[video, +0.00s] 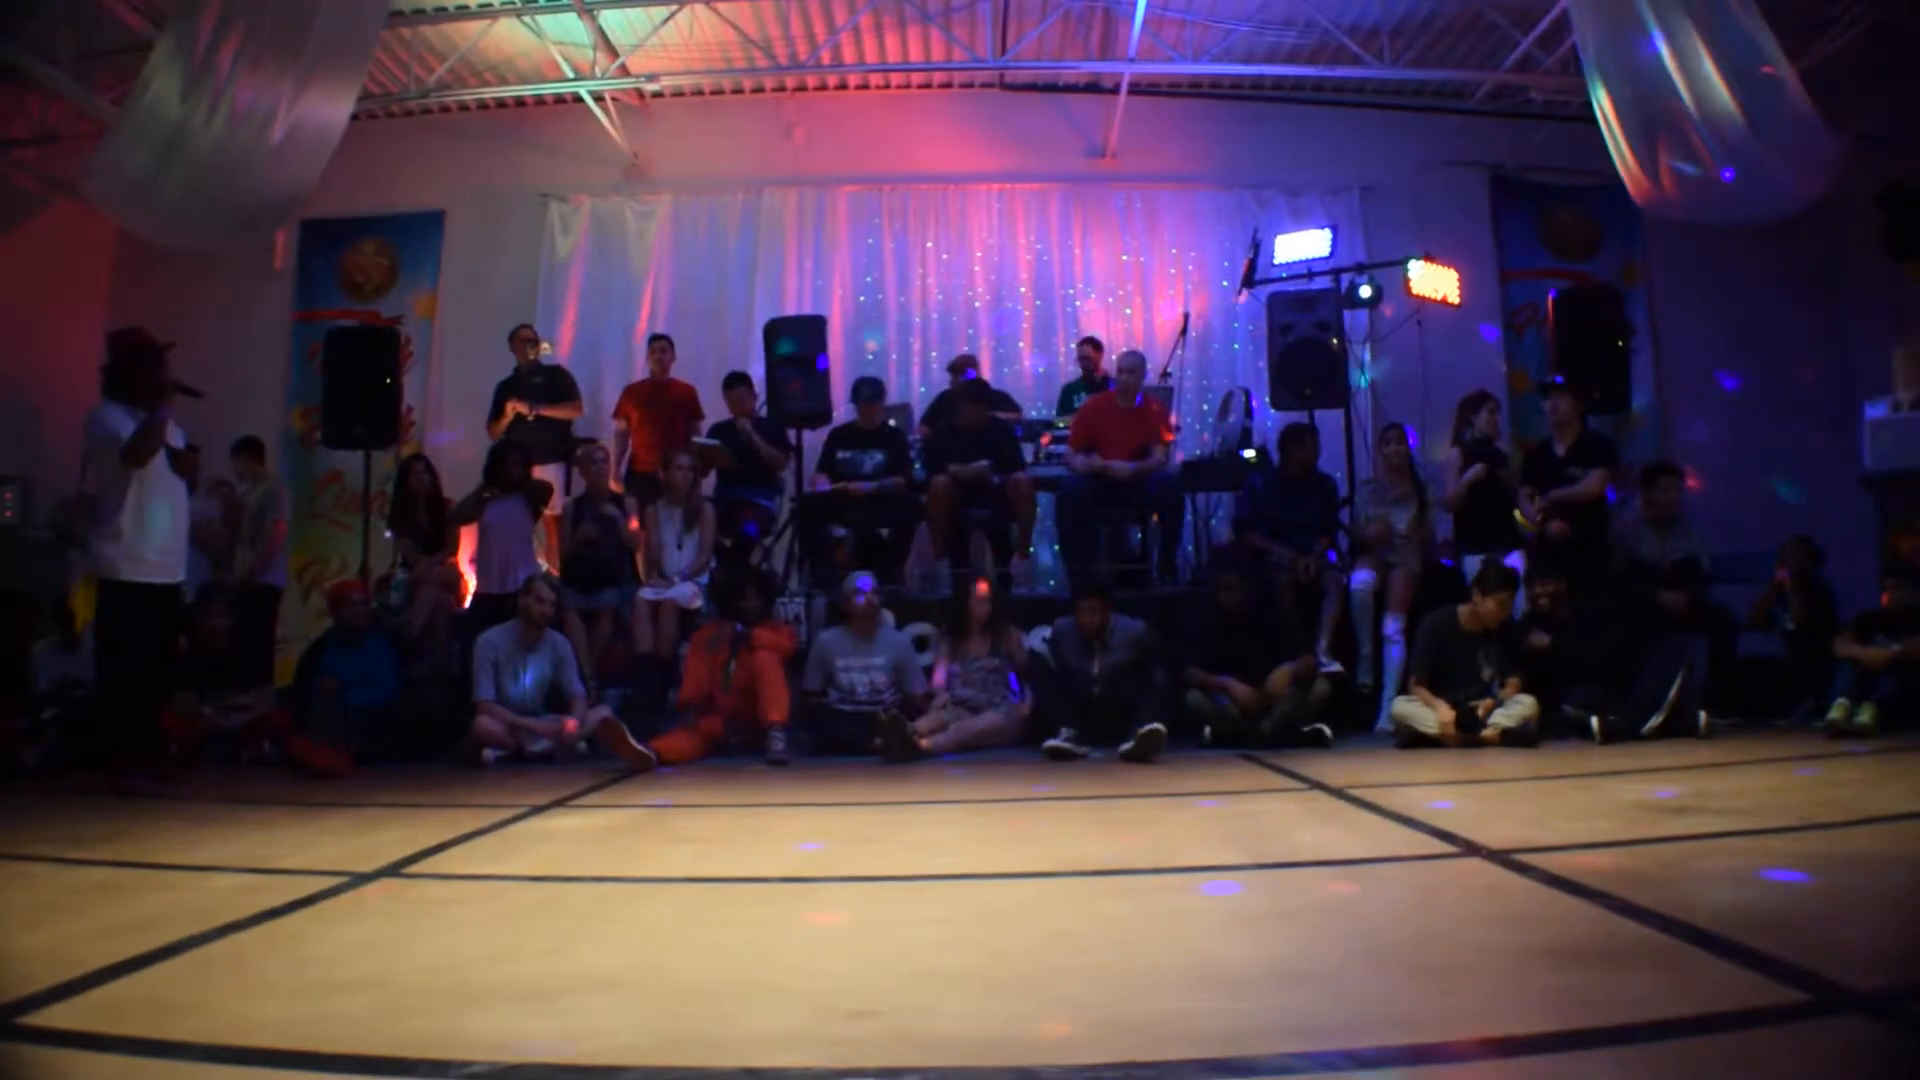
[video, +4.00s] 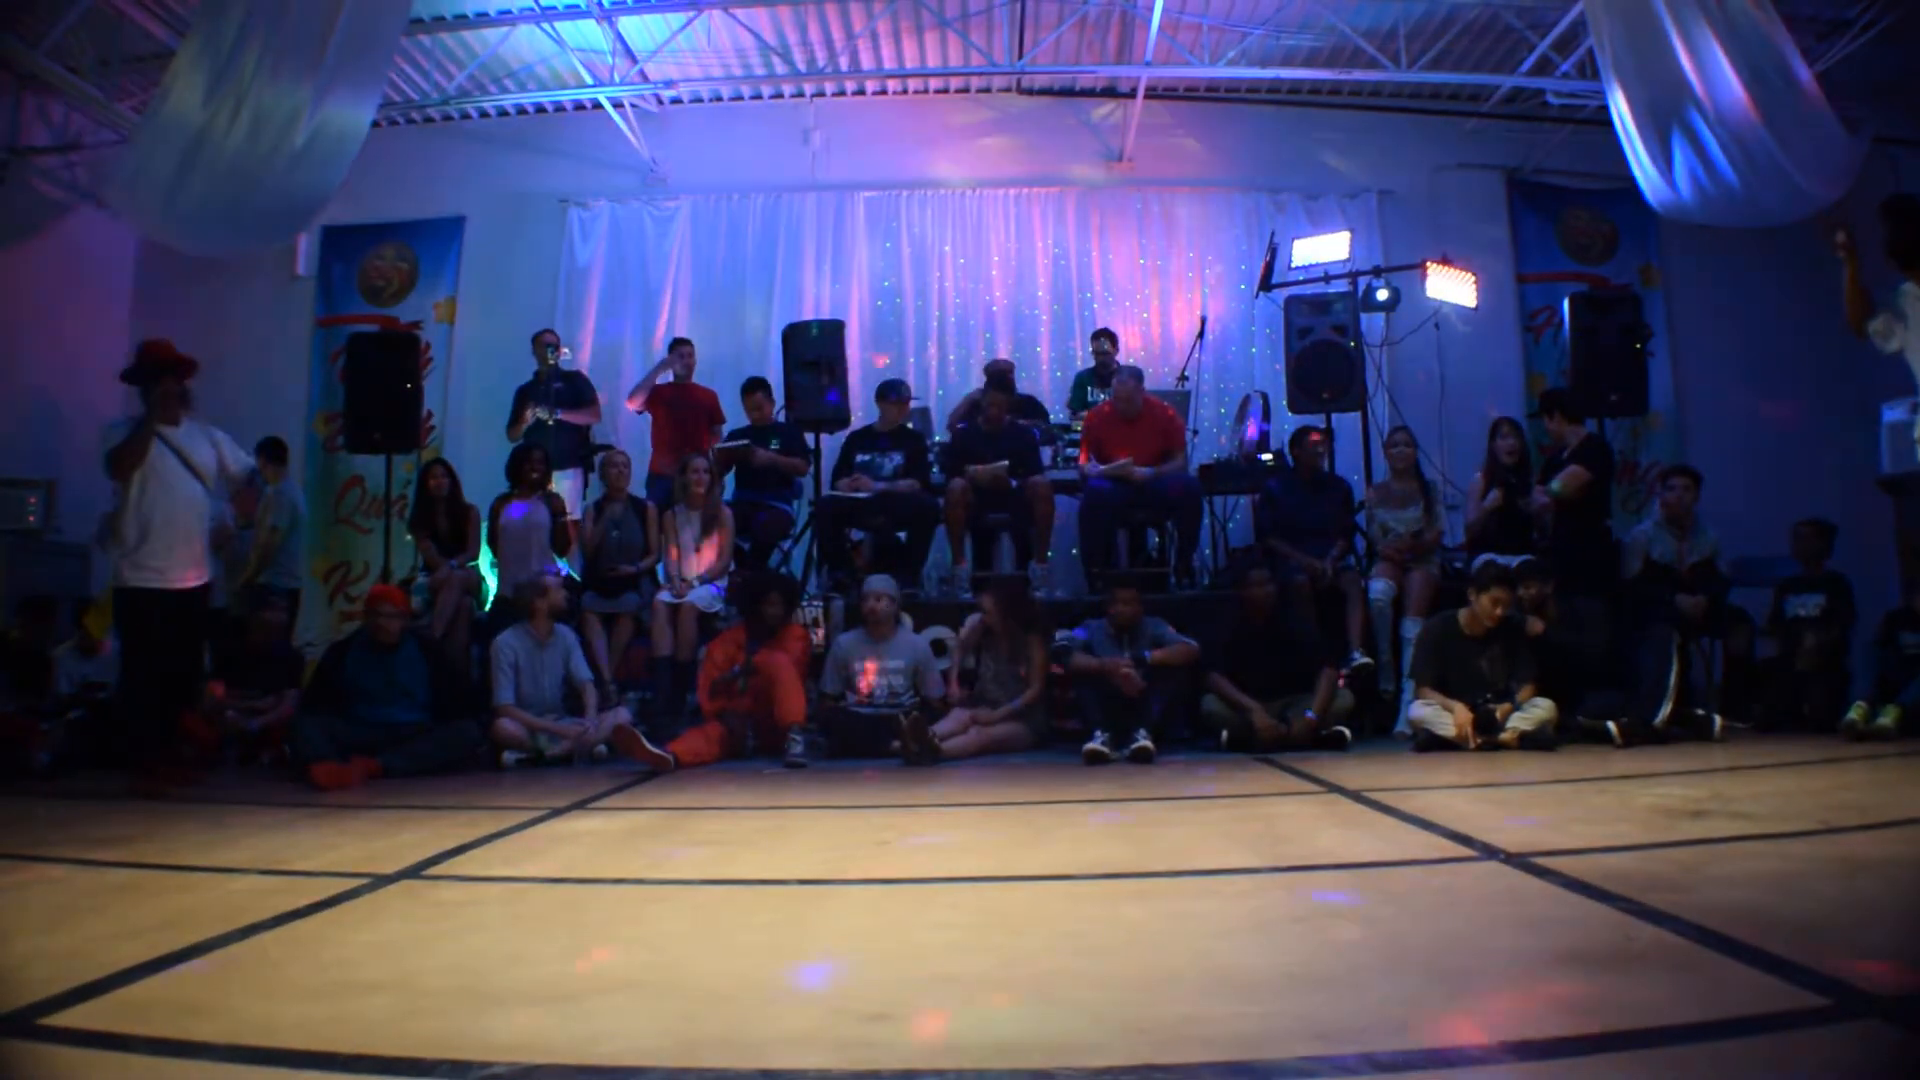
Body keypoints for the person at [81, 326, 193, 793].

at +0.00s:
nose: (161, 379)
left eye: (160, 372)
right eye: (152, 371)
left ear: (151, 377)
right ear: (128, 374)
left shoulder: (164, 425)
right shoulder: (106, 419)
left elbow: (189, 477)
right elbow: (132, 457)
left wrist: (180, 447)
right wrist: (160, 409)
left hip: (166, 574)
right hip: (125, 574)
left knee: (157, 674)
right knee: (124, 675)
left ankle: (152, 759)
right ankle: (120, 763)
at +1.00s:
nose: (183, 384)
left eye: (185, 376)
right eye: (172, 375)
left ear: (186, 382)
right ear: (149, 381)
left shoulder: (193, 429)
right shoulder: (132, 423)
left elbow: (251, 426)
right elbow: (158, 458)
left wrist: (214, 390)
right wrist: (184, 407)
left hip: (194, 577)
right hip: (153, 577)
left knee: (188, 677)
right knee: (154, 679)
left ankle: (184, 760)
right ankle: (151, 766)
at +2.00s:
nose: (176, 387)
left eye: (178, 378)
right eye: (165, 379)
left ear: (179, 385)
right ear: (143, 385)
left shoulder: (183, 433)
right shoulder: (127, 427)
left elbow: (241, 441)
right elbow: (155, 462)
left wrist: (213, 400)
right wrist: (184, 412)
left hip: (186, 580)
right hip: (147, 580)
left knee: (180, 681)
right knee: (148, 682)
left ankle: (176, 764)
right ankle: (147, 769)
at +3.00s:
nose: (185, 389)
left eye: (186, 381)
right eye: (177, 381)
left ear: (179, 386)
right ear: (155, 386)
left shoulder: (182, 431)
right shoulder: (134, 425)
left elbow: (241, 445)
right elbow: (167, 462)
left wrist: (223, 403)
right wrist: (194, 412)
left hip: (187, 577)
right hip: (153, 577)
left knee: (181, 678)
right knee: (151, 678)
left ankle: (172, 761)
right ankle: (146, 767)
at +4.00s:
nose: (178, 391)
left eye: (181, 383)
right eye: (167, 384)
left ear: (186, 388)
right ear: (147, 390)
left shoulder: (208, 437)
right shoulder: (128, 434)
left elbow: (250, 476)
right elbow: (119, 470)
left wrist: (241, 510)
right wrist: (152, 421)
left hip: (193, 583)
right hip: (141, 583)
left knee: (186, 680)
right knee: (143, 681)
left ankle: (183, 760)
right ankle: (143, 765)